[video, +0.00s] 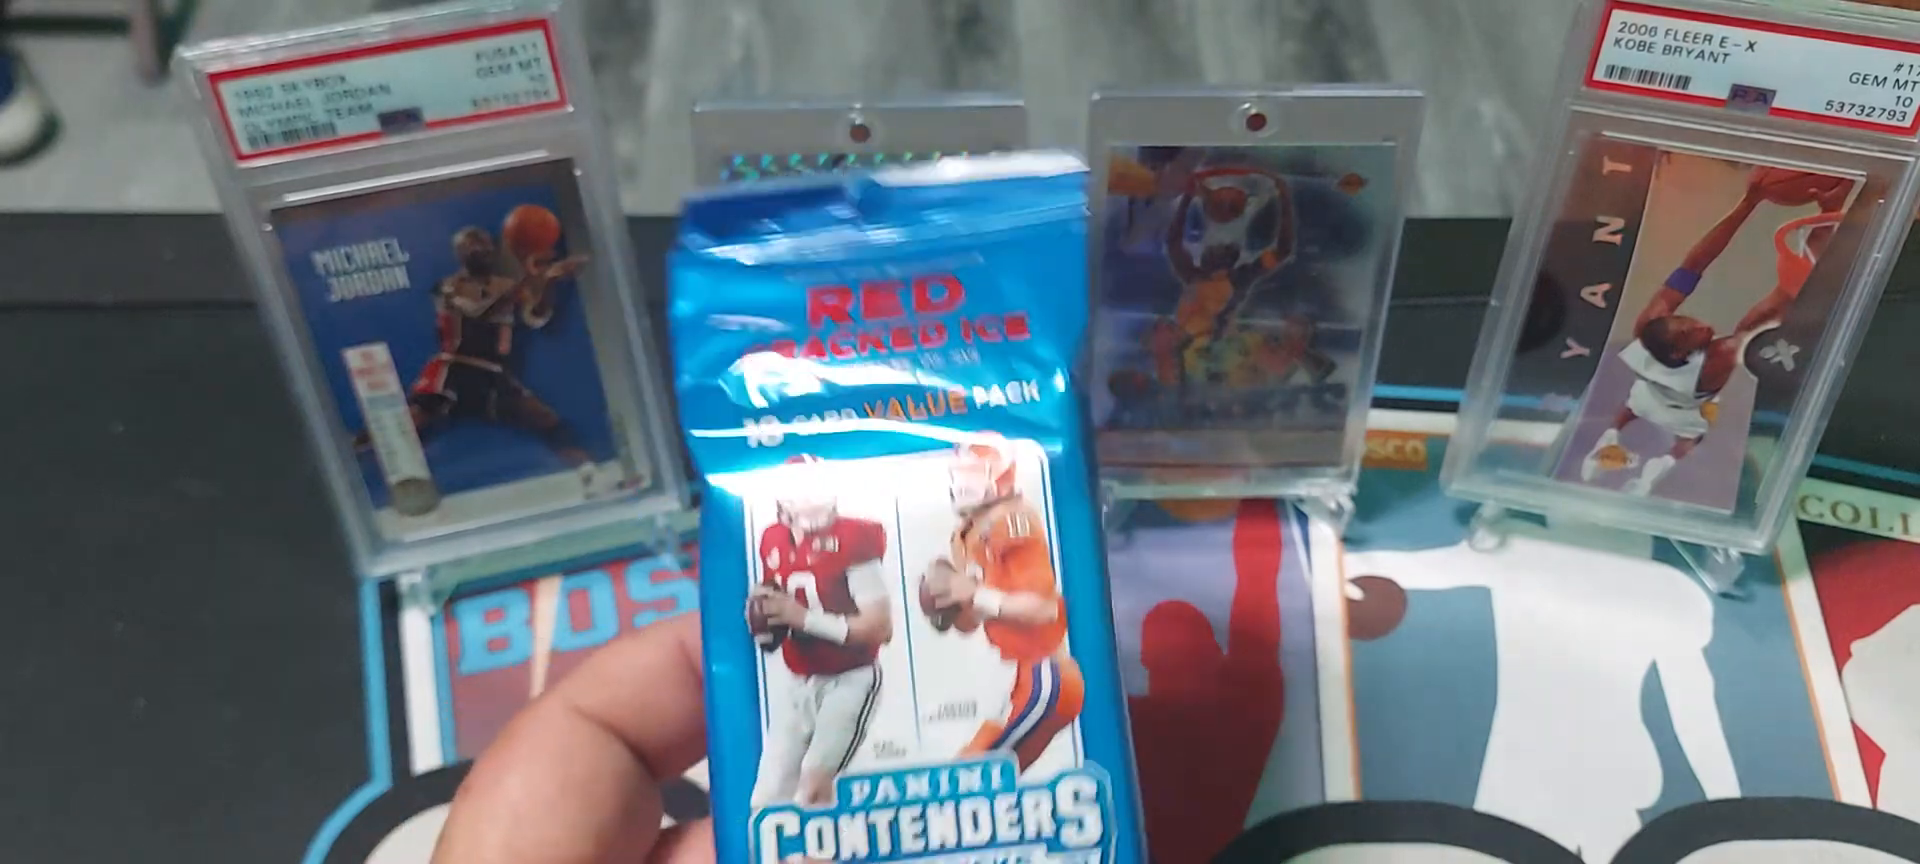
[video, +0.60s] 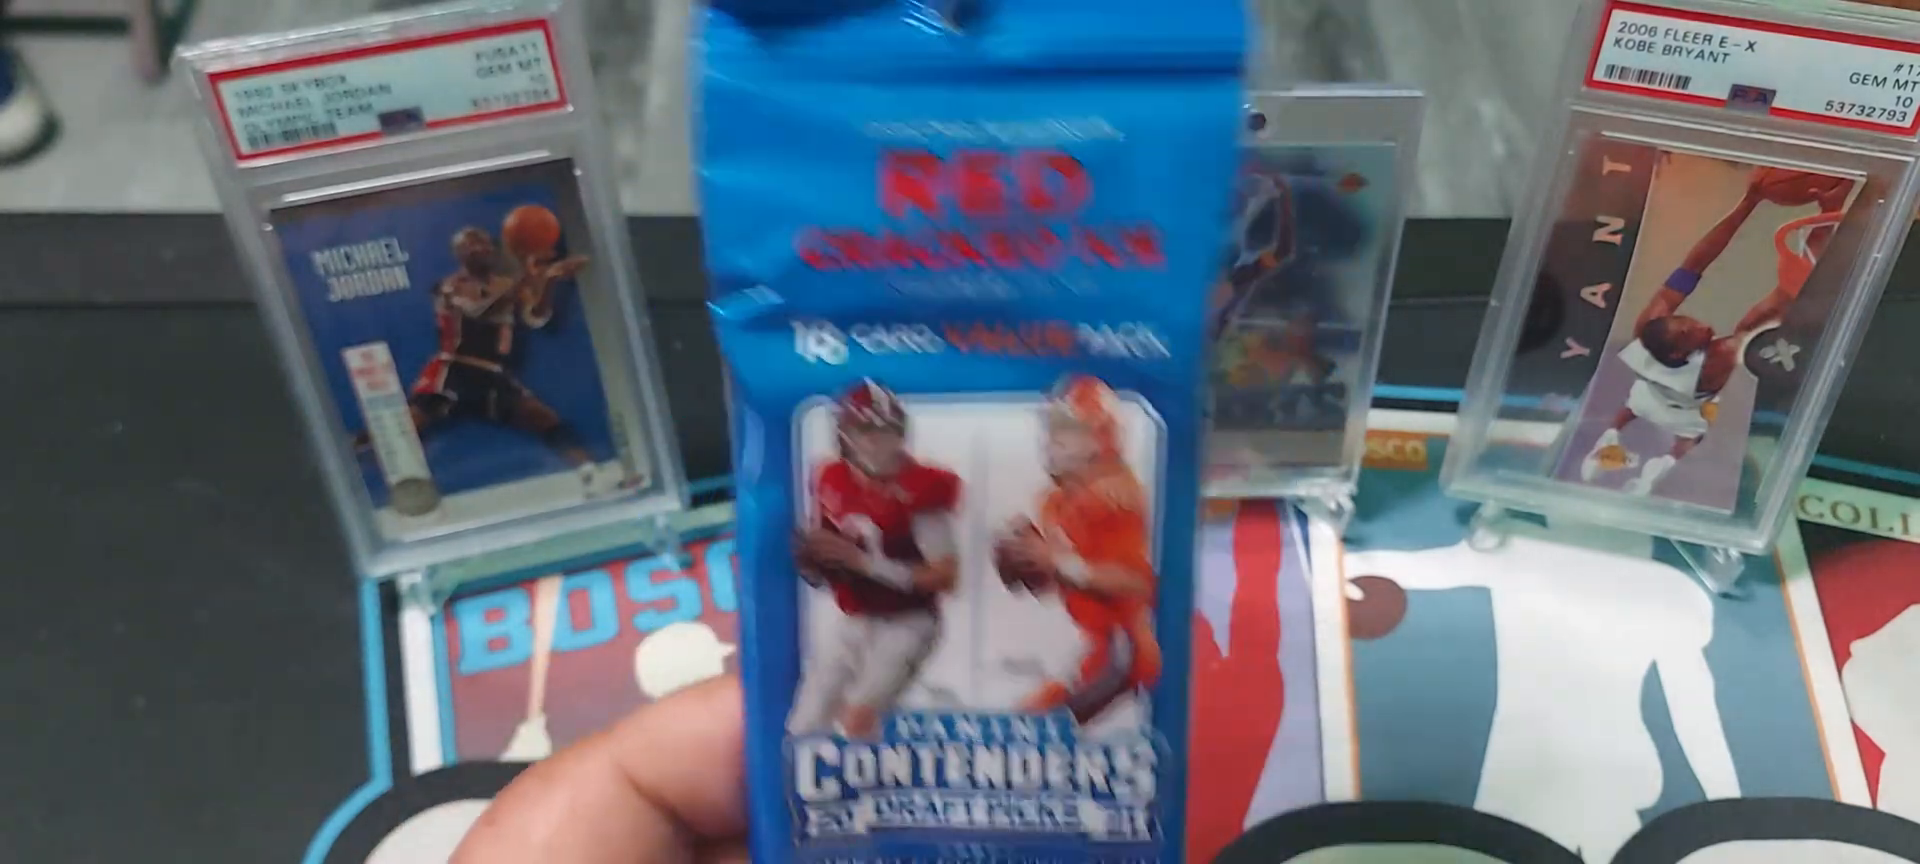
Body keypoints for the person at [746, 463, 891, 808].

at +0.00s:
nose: (815, 506)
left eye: (819, 495)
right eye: (804, 497)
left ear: (832, 494)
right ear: (786, 503)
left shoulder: (856, 536)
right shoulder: (773, 539)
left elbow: (878, 628)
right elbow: (772, 635)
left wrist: (802, 617)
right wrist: (762, 619)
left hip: (852, 679)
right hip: (799, 681)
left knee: (814, 786)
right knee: (766, 798)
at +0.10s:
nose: (815, 468)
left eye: (822, 457)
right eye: (802, 461)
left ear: (836, 457)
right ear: (783, 468)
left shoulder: (867, 502)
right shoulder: (777, 506)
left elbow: (896, 598)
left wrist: (816, 591)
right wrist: (767, 589)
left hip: (870, 653)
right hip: (814, 656)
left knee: (839, 758)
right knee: (790, 774)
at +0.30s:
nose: (896, 571)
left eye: (905, 561)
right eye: (881, 562)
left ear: (918, 565)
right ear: (854, 566)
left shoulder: (938, 613)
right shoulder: (840, 603)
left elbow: (967, 698)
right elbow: (834, 687)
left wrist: (875, 679)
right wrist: (817, 669)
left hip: (927, 733)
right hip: (863, 729)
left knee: (875, 808)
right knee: (820, 818)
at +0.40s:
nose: (964, 521)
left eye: (976, 510)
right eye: (954, 508)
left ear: (990, 514)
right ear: (931, 512)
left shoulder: (1007, 566)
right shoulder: (911, 549)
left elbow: (1014, 657)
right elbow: (883, 636)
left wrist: (932, 631)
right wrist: (892, 619)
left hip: (970, 696)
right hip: (912, 688)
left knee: (904, 780)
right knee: (848, 784)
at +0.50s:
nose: (977, 500)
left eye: (987, 491)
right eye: (965, 489)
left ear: (1000, 496)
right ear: (941, 489)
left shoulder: (1015, 546)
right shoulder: (921, 527)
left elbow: (1019, 641)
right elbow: (905, 597)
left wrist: (939, 616)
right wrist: (887, 599)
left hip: (974, 685)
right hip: (916, 678)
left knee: (908, 773)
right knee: (854, 776)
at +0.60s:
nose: (877, 444)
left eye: (885, 432)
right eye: (866, 433)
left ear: (900, 434)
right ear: (847, 437)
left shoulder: (925, 487)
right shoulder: (832, 481)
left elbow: (943, 575)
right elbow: (822, 571)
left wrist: (860, 560)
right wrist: (814, 554)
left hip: (908, 621)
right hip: (851, 618)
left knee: (858, 716)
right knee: (805, 725)